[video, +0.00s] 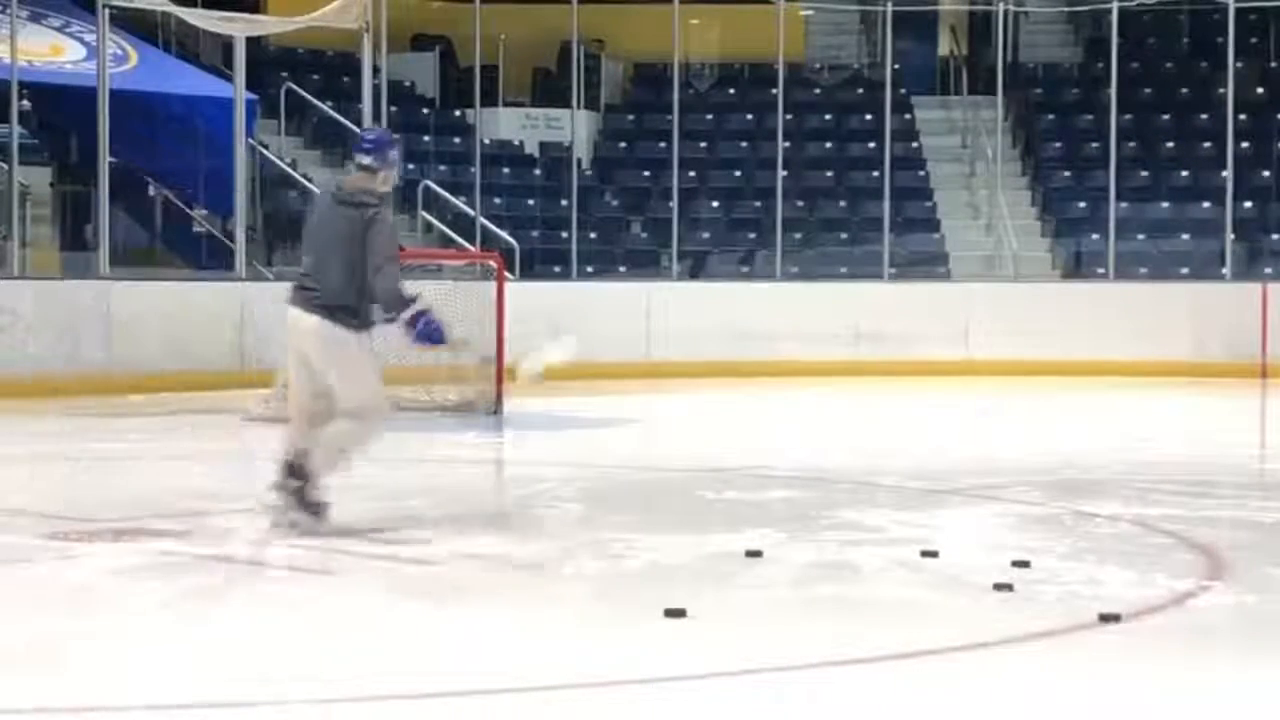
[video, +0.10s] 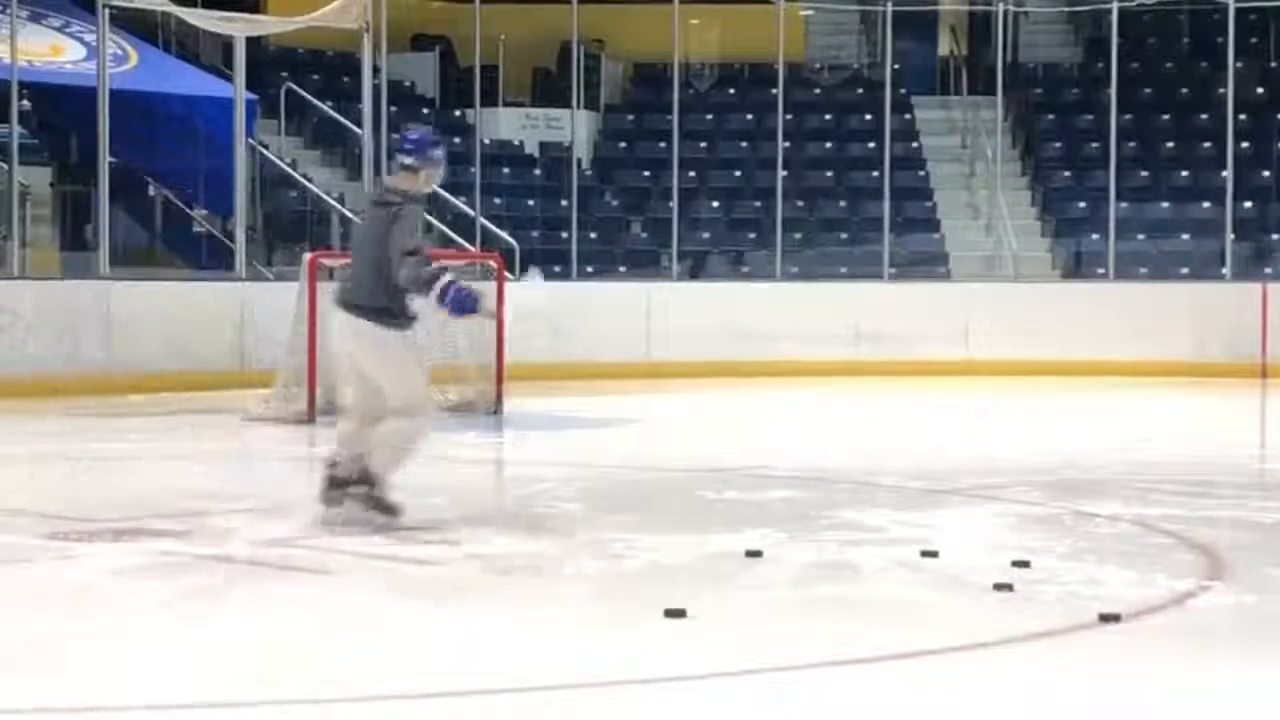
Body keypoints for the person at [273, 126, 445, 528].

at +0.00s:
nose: (395, 178)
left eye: (394, 170)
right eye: (394, 170)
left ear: (356, 164)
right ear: (386, 171)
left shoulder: (326, 199)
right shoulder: (376, 214)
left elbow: (314, 253)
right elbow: (383, 282)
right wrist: (413, 314)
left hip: (300, 314)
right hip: (337, 327)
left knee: (308, 408)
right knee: (368, 410)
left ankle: (295, 486)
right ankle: (306, 467)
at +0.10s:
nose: (435, 180)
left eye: (436, 172)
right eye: (433, 172)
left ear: (398, 165)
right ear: (423, 171)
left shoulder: (376, 204)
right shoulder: (407, 210)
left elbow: (370, 263)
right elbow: (408, 269)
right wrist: (447, 287)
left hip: (351, 315)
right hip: (381, 322)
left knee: (366, 403)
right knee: (413, 407)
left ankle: (344, 475)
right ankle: (369, 477)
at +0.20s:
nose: (490, 177)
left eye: (490, 168)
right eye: (487, 168)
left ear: (452, 165)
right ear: (472, 170)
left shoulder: (426, 202)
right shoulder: (446, 211)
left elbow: (439, 253)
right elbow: (433, 272)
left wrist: (471, 256)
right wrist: (471, 276)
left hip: (395, 319)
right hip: (425, 326)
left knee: (414, 406)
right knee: (461, 407)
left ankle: (386, 478)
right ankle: (435, 483)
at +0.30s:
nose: (536, 182)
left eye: (537, 173)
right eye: (532, 173)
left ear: (501, 172)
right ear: (512, 175)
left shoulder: (501, 217)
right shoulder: (484, 222)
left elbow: (516, 259)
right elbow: (466, 289)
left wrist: (534, 279)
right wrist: (504, 294)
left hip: (466, 327)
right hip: (464, 330)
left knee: (466, 406)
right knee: (520, 397)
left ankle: (434, 477)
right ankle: (495, 481)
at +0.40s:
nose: (583, 187)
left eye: (584, 177)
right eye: (578, 178)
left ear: (557, 179)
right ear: (557, 178)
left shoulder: (553, 219)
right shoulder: (528, 226)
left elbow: (554, 271)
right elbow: (501, 293)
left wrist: (573, 295)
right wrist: (521, 315)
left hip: (520, 330)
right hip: (517, 331)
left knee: (517, 405)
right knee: (571, 399)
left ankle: (486, 477)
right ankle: (542, 481)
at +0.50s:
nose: (639, 183)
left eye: (639, 174)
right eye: (632, 174)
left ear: (616, 177)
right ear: (606, 175)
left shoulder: (611, 217)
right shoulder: (576, 221)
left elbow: (610, 273)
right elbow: (557, 287)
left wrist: (619, 301)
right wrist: (560, 331)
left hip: (588, 324)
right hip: (568, 326)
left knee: (577, 402)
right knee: (620, 399)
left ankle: (550, 472)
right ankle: (580, 479)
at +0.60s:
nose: (673, 186)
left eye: (679, 176)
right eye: (665, 174)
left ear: (684, 177)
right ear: (643, 174)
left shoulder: (660, 215)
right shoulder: (622, 221)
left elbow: (661, 268)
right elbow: (605, 289)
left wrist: (667, 296)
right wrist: (604, 340)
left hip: (638, 322)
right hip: (616, 324)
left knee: (644, 400)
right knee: (661, 401)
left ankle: (614, 468)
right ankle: (625, 480)